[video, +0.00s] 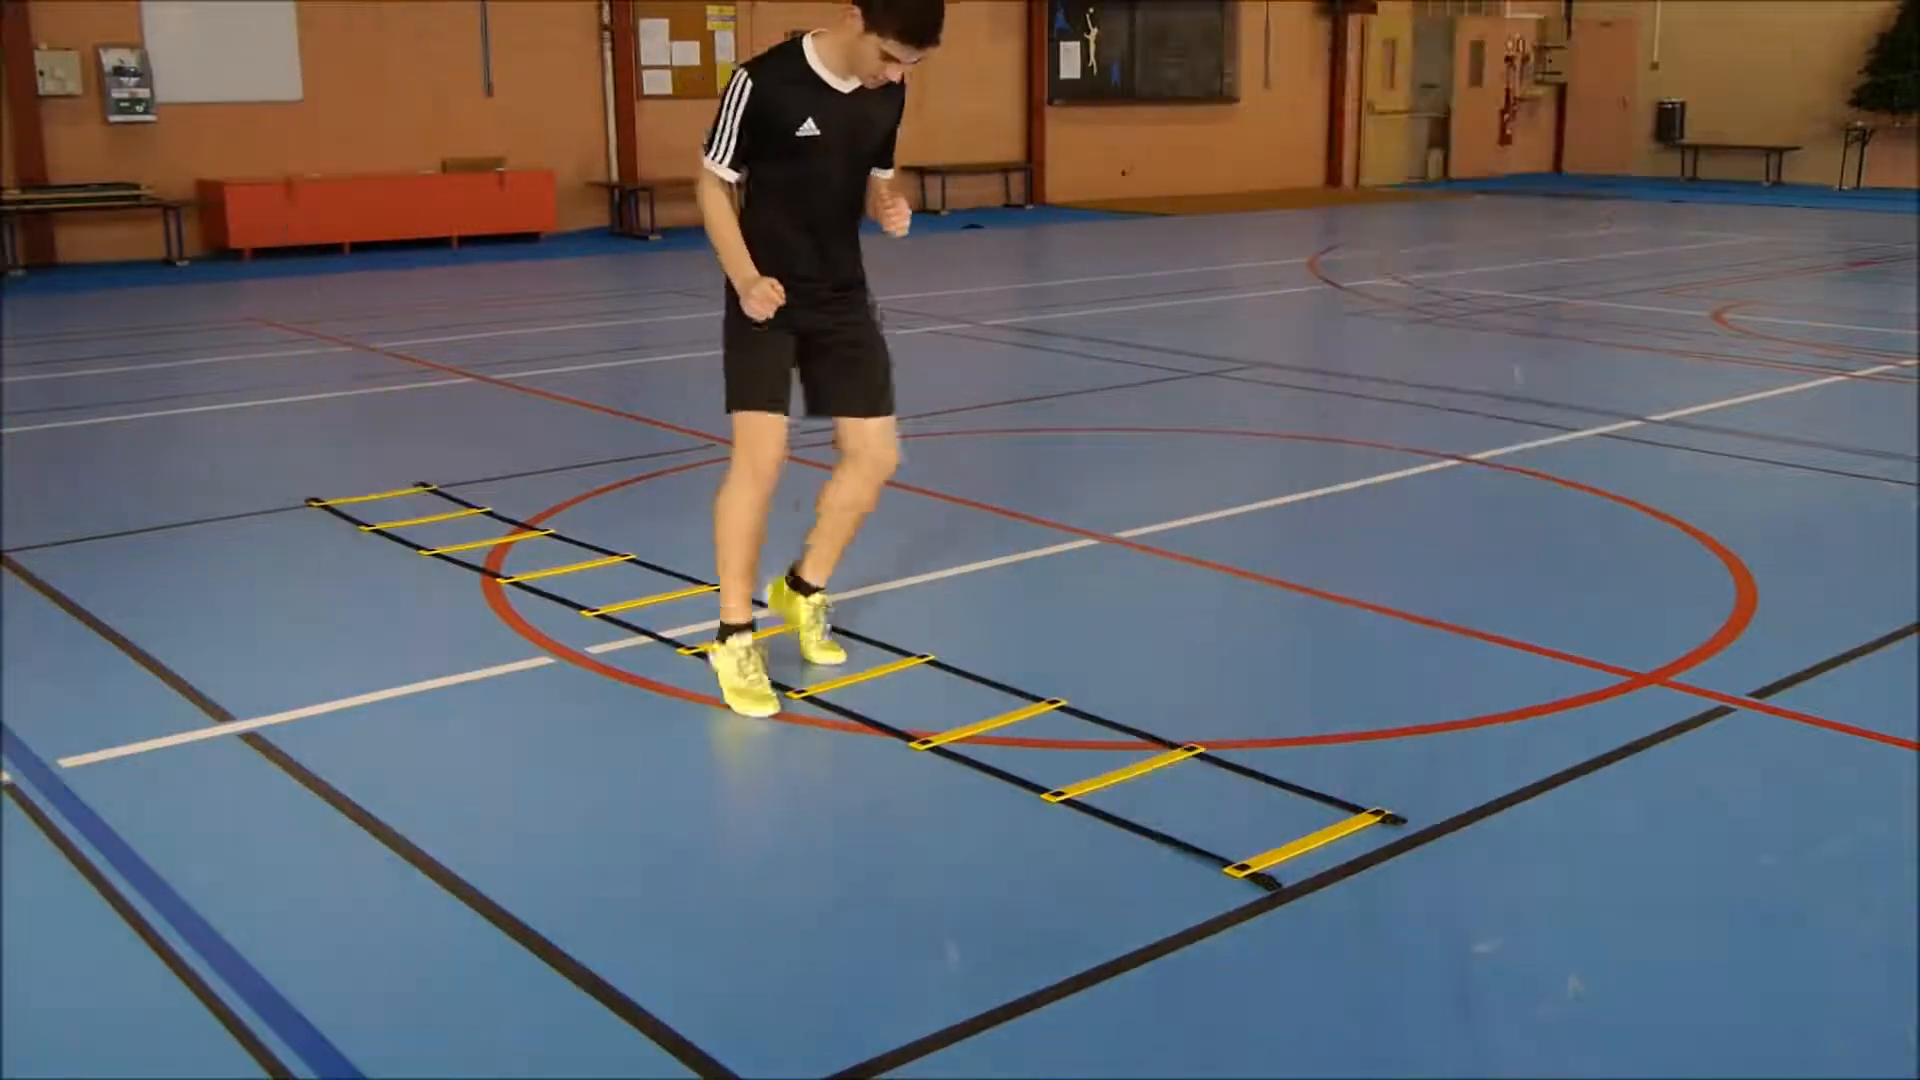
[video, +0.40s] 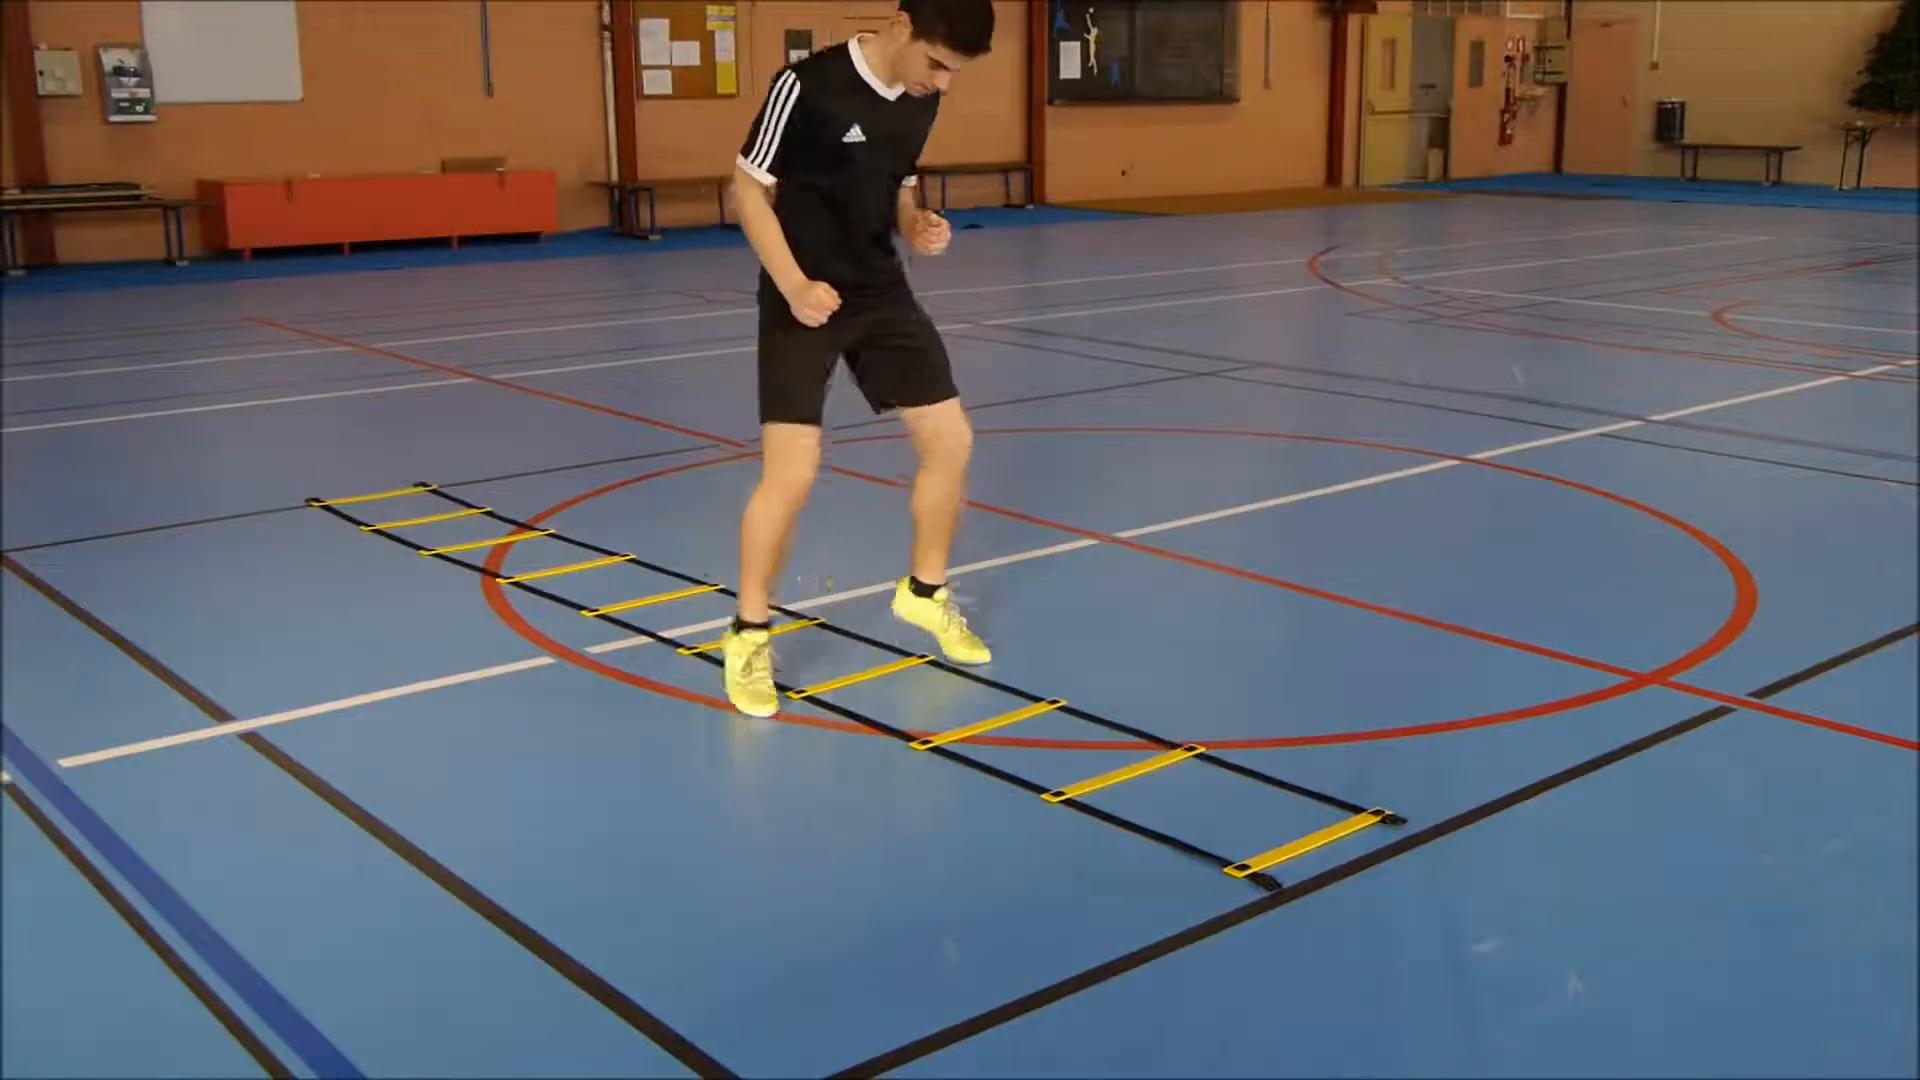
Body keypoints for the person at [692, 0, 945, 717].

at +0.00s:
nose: (898, 75)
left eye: (908, 65)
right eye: (891, 58)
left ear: (920, 49)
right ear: (851, 22)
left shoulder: (887, 88)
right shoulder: (759, 82)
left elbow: (878, 180)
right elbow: (713, 188)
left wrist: (889, 206)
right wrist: (746, 279)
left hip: (841, 293)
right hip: (762, 292)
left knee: (875, 456)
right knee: (759, 458)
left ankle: (804, 587)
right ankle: (734, 634)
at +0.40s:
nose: (941, 83)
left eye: (952, 71)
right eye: (934, 64)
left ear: (962, 55)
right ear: (895, 26)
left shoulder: (924, 97)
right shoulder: (804, 85)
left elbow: (901, 182)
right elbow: (747, 189)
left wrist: (913, 223)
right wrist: (792, 284)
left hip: (878, 286)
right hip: (798, 291)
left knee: (948, 439)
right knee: (791, 471)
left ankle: (924, 592)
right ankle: (749, 634)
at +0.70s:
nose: (976, 92)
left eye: (987, 81)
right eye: (970, 75)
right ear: (931, 34)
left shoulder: (969, 101)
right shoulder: (832, 89)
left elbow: (961, 180)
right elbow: (786, 196)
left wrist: (963, 227)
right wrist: (830, 286)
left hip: (925, 297)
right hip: (841, 301)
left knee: (957, 459)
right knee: (862, 473)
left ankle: (932, 600)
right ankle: (870, 633)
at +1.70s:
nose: (1044, 84)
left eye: (1055, 71)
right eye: (1037, 64)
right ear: (990, 26)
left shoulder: (1022, 98)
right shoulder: (899, 95)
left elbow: (1006, 187)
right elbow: (837, 217)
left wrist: (1029, 235)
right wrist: (914, 307)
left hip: (980, 318)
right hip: (895, 321)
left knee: (1064, 471)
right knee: (871, 513)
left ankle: (960, 606)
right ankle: (828, 695)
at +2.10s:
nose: (1095, 85)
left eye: (1107, 72)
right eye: (1089, 65)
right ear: (1044, 25)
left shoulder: (1083, 95)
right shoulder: (940, 89)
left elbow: (1075, 183)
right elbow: (886, 204)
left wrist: (1084, 236)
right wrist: (936, 298)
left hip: (1047, 319)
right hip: (958, 323)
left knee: (1085, 492)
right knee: (967, 511)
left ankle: (1063, 648)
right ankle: (936, 664)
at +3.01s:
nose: (1213, 98)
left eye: (1227, 86)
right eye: (1208, 77)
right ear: (1161, 32)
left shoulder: (1179, 108)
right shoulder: (1045, 103)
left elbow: (1160, 205)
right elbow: (974, 223)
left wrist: (1186, 252)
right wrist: (1021, 342)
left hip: (1120, 343)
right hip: (1034, 345)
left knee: (1180, 518)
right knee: (1023, 550)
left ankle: (1065, 654)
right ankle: (966, 744)